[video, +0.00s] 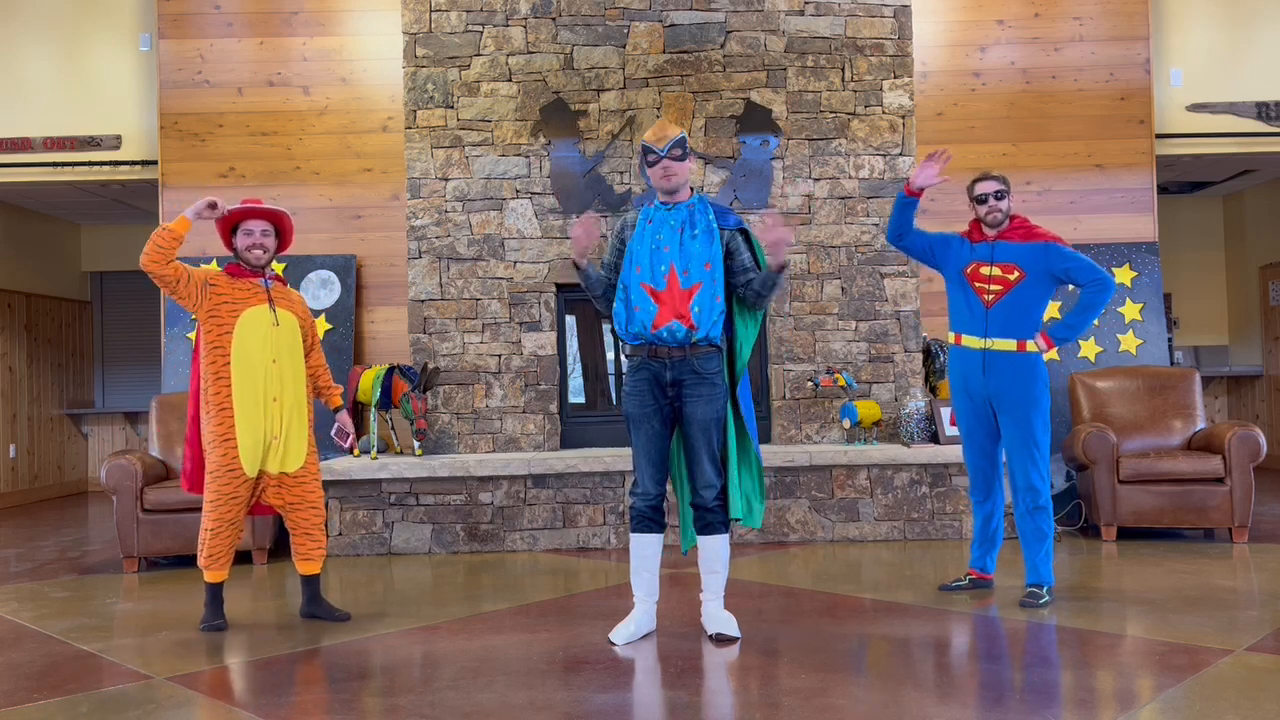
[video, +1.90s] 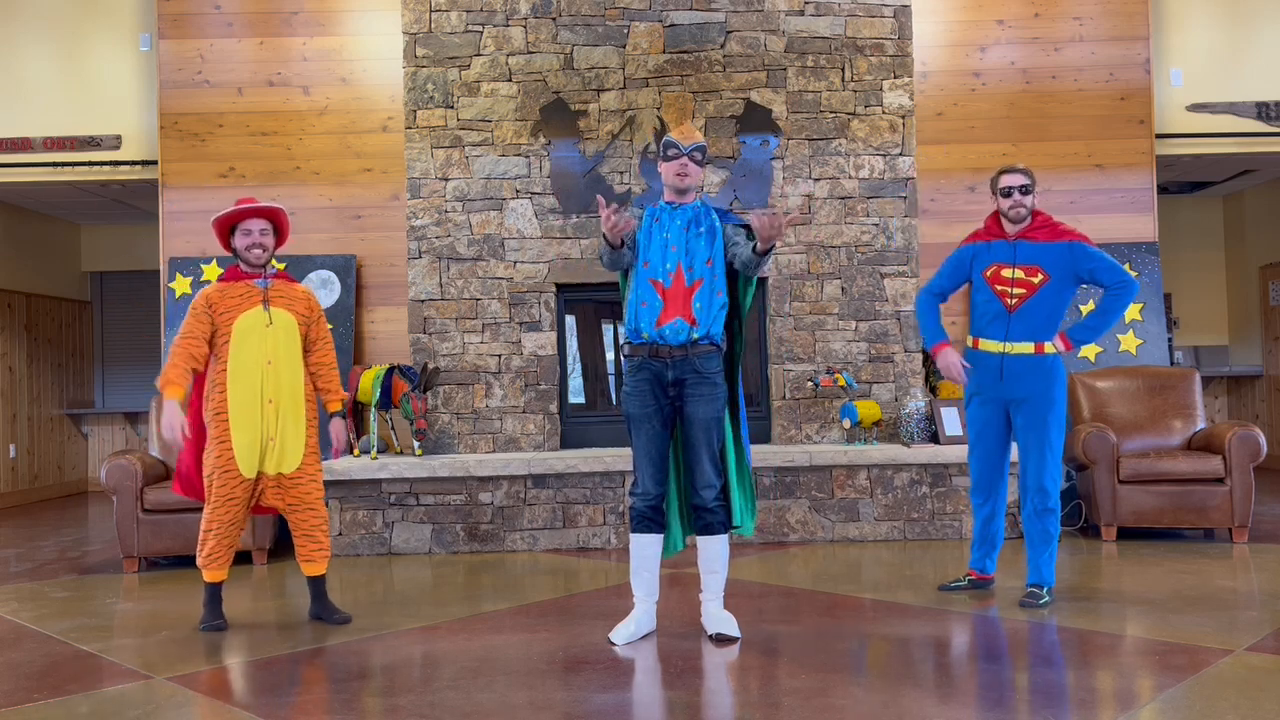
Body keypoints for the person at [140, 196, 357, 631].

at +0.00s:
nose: (257, 240)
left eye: (265, 235)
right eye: (248, 234)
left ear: (277, 244)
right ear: (233, 242)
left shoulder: (294, 300)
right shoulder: (209, 287)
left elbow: (314, 360)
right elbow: (154, 261)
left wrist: (339, 407)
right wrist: (188, 217)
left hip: (289, 422)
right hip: (231, 421)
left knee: (308, 502)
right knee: (223, 507)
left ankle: (313, 598)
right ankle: (213, 605)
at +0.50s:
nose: (271, 251)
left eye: (274, 245)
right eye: (262, 244)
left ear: (276, 248)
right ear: (239, 246)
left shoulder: (279, 300)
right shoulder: (219, 292)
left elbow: (294, 362)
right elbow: (201, 275)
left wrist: (327, 404)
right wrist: (245, 240)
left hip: (289, 418)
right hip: (239, 421)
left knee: (310, 498)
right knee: (231, 506)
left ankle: (313, 599)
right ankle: (214, 605)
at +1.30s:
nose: (259, 242)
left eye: (266, 235)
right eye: (249, 235)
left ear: (277, 244)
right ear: (234, 244)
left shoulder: (297, 300)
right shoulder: (206, 290)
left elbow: (334, 351)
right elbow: (147, 272)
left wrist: (366, 397)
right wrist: (180, 220)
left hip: (292, 424)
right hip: (231, 425)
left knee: (309, 505)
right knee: (223, 511)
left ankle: (313, 599)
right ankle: (214, 606)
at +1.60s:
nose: (250, 241)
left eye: (258, 235)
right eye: (241, 234)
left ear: (269, 244)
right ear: (225, 243)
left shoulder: (287, 298)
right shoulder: (201, 293)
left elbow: (311, 344)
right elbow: (149, 306)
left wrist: (337, 371)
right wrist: (143, 266)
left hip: (281, 421)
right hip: (221, 422)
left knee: (303, 500)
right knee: (217, 505)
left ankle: (313, 596)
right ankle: (212, 605)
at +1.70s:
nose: (249, 240)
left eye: (257, 234)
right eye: (239, 234)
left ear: (269, 242)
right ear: (225, 242)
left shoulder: (288, 298)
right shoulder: (204, 293)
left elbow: (308, 348)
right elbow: (167, 319)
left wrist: (324, 385)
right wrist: (142, 317)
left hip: (281, 420)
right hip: (221, 421)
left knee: (302, 499)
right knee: (217, 503)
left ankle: (317, 597)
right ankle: (211, 605)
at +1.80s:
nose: (251, 240)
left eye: (259, 234)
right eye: (242, 234)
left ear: (270, 242)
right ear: (227, 242)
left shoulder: (292, 297)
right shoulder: (206, 295)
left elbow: (311, 352)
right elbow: (176, 328)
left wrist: (324, 402)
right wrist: (151, 358)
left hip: (284, 420)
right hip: (224, 421)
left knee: (302, 501)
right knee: (220, 504)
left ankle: (319, 598)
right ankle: (212, 604)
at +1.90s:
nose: (256, 240)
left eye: (264, 233)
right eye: (247, 234)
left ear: (275, 242)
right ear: (233, 244)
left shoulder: (302, 297)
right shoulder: (214, 299)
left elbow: (321, 355)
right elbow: (187, 349)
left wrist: (335, 411)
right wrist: (171, 398)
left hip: (293, 423)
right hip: (232, 424)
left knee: (309, 503)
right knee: (224, 507)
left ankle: (320, 599)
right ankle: (213, 603)